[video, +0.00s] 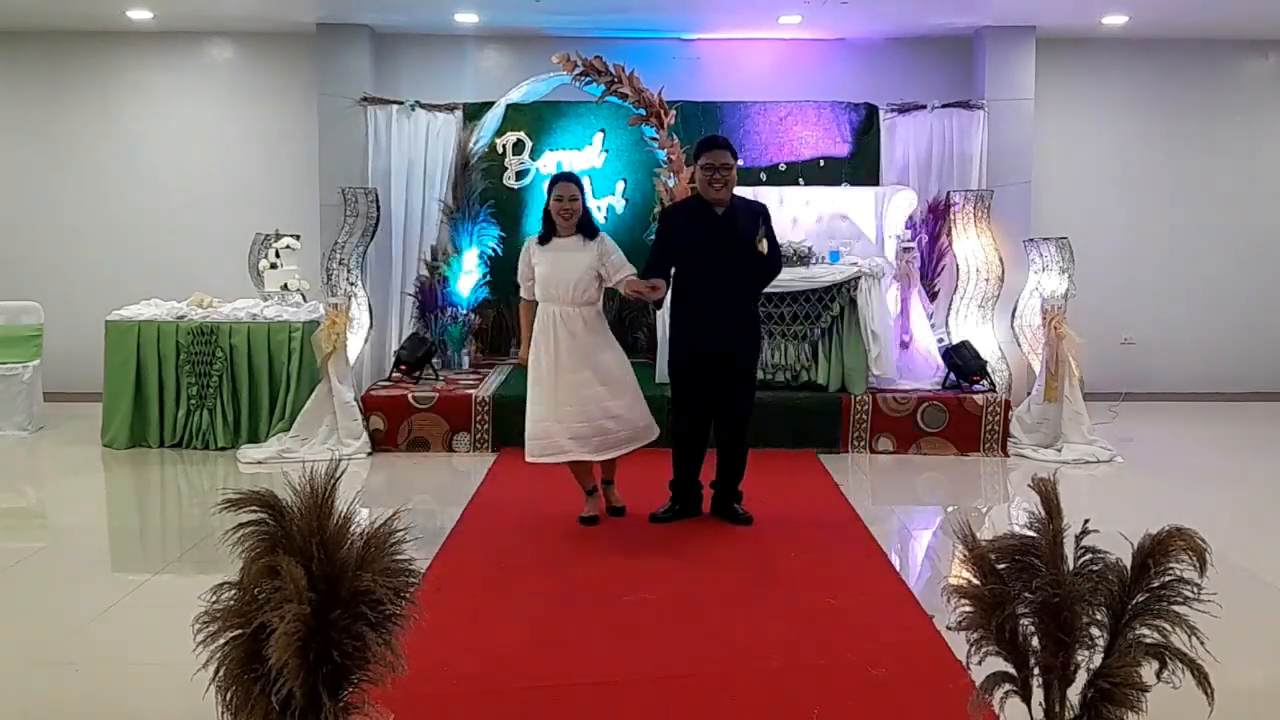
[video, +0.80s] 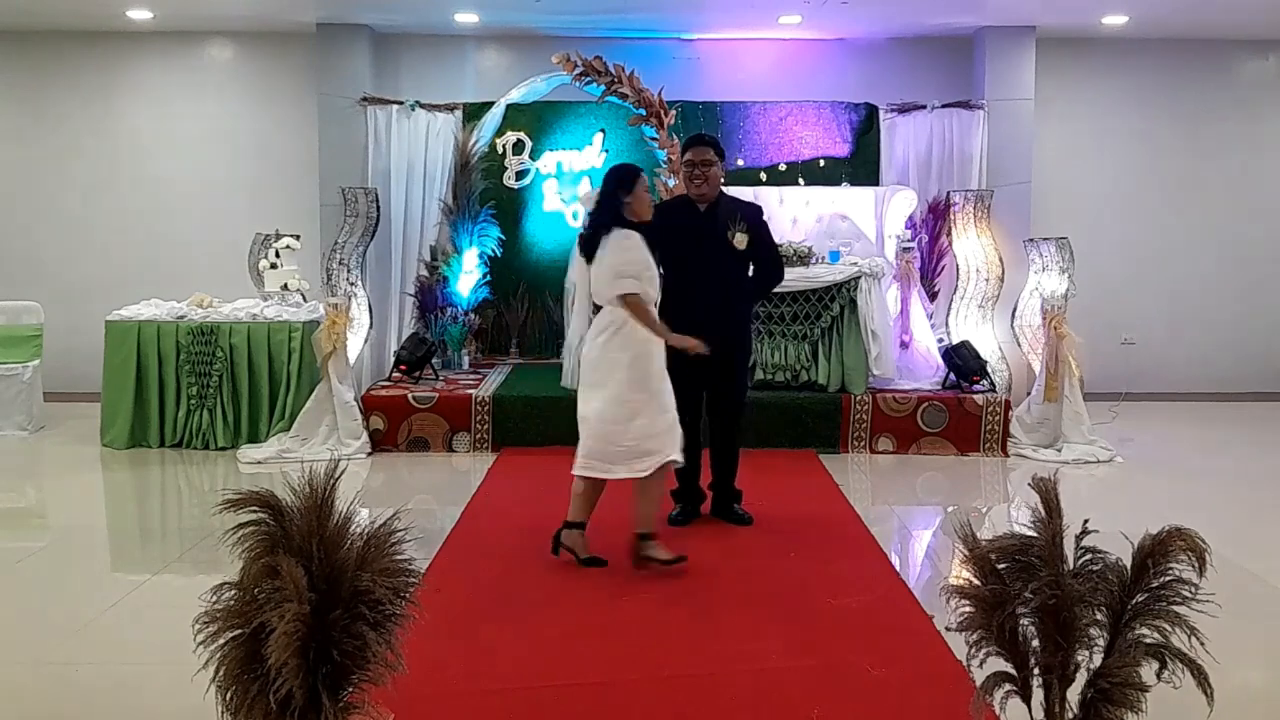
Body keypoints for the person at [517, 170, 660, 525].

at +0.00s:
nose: (566, 206)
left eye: (573, 200)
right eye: (559, 199)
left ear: (583, 204)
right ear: (549, 204)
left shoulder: (599, 244)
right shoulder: (534, 248)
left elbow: (625, 276)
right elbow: (527, 300)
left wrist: (636, 287)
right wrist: (526, 344)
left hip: (592, 338)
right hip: (551, 342)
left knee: (608, 413)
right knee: (562, 420)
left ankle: (609, 485)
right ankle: (590, 494)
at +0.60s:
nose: (604, 202)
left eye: (611, 194)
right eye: (596, 195)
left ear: (622, 201)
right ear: (584, 202)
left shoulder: (635, 250)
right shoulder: (566, 247)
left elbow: (651, 289)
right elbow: (548, 296)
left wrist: (678, 294)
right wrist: (555, 342)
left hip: (624, 350)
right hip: (579, 347)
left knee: (609, 439)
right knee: (567, 434)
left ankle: (579, 531)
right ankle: (554, 481)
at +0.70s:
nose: (622, 200)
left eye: (627, 193)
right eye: (613, 193)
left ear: (635, 200)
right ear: (598, 200)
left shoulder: (629, 247)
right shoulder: (591, 243)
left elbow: (620, 298)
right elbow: (570, 291)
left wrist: (650, 299)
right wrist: (608, 336)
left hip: (627, 361)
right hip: (602, 361)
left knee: (614, 442)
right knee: (596, 439)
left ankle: (579, 528)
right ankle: (560, 514)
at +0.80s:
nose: (651, 198)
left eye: (648, 190)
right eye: (644, 191)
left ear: (618, 198)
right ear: (625, 198)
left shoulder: (595, 241)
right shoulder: (626, 242)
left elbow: (580, 300)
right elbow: (630, 299)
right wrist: (670, 336)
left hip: (602, 357)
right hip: (630, 358)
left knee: (600, 442)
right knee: (657, 445)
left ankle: (572, 530)